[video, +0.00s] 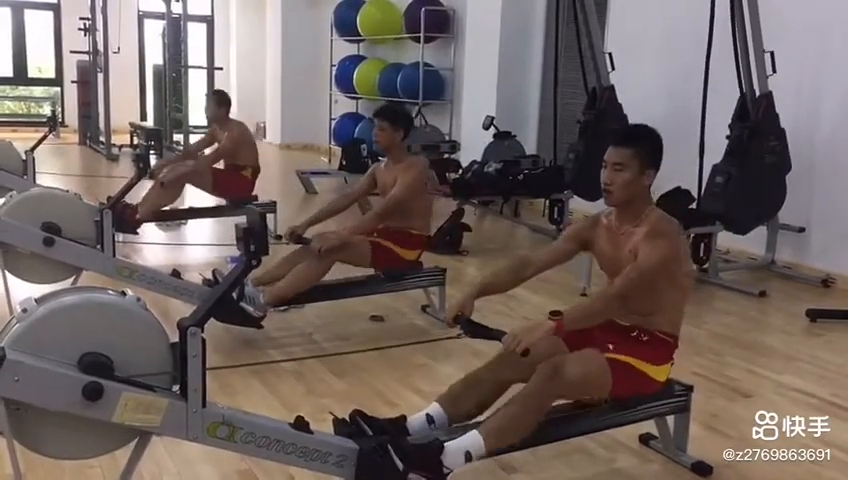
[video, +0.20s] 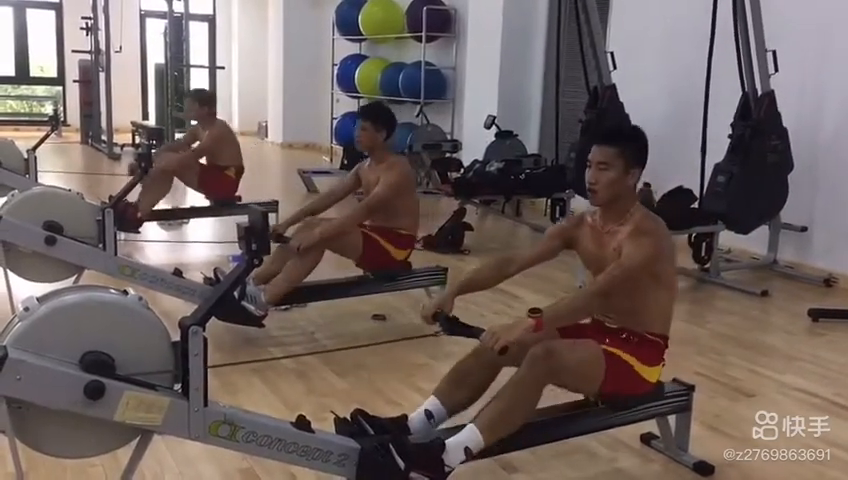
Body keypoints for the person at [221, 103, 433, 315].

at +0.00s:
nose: (375, 135)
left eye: (382, 130)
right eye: (375, 129)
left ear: (401, 134)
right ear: (382, 133)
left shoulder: (416, 168)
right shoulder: (380, 169)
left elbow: (383, 213)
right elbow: (345, 199)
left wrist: (341, 236)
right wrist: (304, 225)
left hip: (405, 247)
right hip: (380, 238)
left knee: (330, 251)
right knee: (316, 243)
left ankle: (263, 301)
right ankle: (246, 284)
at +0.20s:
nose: (357, 134)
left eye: (365, 129)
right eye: (358, 128)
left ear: (383, 134)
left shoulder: (398, 171)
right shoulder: (365, 167)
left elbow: (363, 211)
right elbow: (329, 197)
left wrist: (317, 235)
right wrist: (287, 223)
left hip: (393, 247)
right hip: (371, 237)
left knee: (321, 237)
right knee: (309, 225)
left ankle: (265, 299)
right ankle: (251, 283)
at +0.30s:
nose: (346, 135)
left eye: (352, 130)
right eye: (347, 129)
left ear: (370, 134)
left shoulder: (388, 171)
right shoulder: (356, 168)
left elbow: (352, 212)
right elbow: (319, 196)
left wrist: (299, 236)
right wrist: (278, 222)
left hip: (386, 246)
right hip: (366, 237)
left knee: (308, 221)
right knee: (305, 223)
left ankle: (257, 280)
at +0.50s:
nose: (315, 134)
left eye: (323, 130)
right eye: (317, 129)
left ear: (341, 135)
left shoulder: (359, 172)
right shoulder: (330, 168)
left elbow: (318, 211)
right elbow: (292, 196)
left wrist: (269, 237)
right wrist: (250, 225)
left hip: (366, 248)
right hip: (349, 239)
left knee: (300, 219)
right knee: (283, 208)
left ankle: (266, 296)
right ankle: (252, 280)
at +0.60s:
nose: (305, 135)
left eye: (312, 130)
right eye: (307, 129)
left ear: (331, 135)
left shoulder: (349, 173)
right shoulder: (320, 170)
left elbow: (309, 209)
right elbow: (282, 196)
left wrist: (257, 234)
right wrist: (237, 224)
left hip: (358, 248)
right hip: (341, 240)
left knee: (295, 217)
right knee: (278, 207)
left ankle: (267, 296)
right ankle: (252, 281)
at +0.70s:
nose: (288, 136)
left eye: (295, 130)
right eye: (290, 129)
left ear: (316, 136)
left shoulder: (331, 175)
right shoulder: (303, 170)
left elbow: (281, 216)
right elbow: (263, 198)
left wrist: (229, 239)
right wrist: (216, 225)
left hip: (345, 249)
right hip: (330, 241)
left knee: (286, 216)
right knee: (270, 200)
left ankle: (266, 296)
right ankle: (253, 282)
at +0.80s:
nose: (273, 135)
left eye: (280, 130)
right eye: (274, 129)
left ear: (300, 137)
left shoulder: (316, 173)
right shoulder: (287, 170)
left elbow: (268, 212)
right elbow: (245, 198)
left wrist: (215, 236)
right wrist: (196, 224)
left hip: (332, 251)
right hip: (314, 246)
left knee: (278, 210)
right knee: (255, 197)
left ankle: (267, 292)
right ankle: (255, 278)